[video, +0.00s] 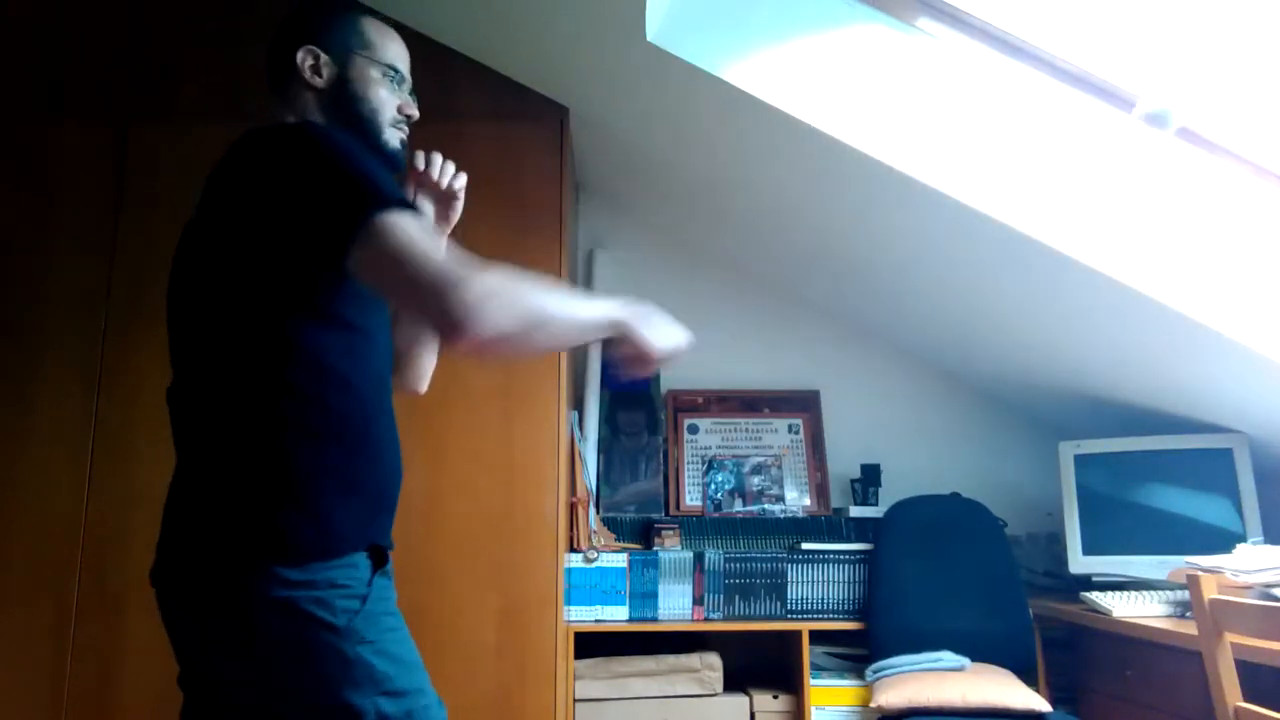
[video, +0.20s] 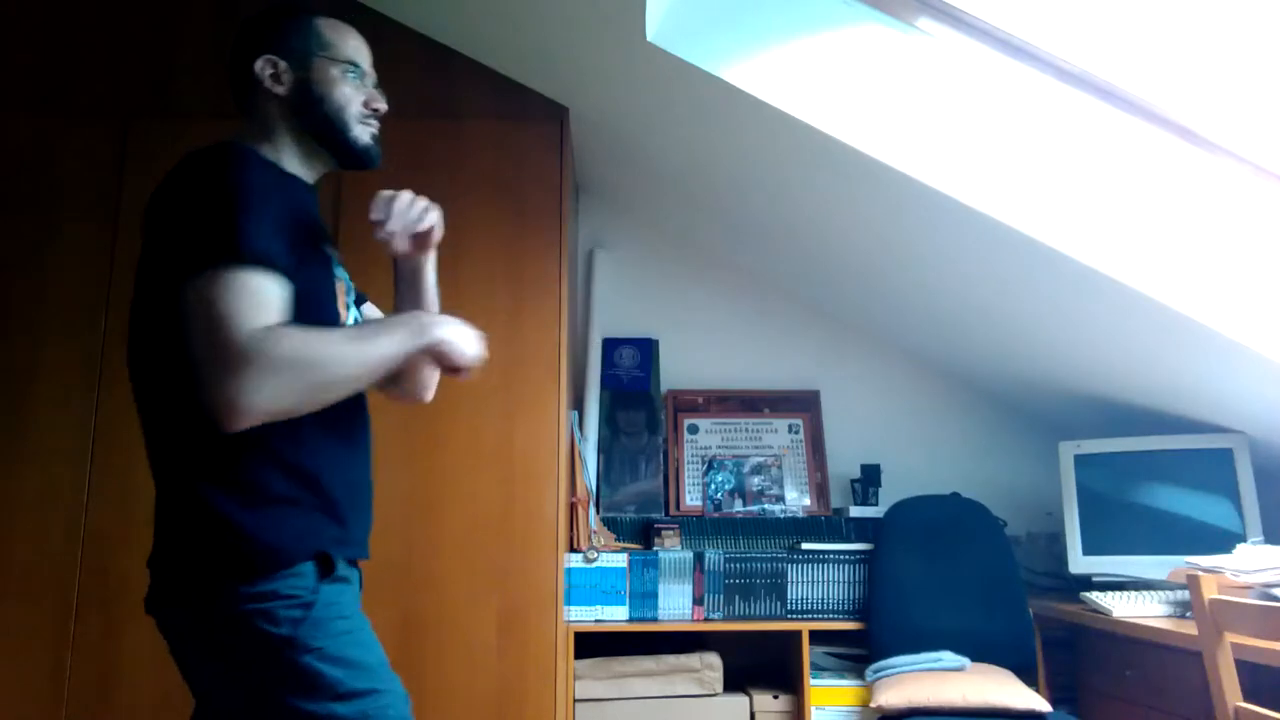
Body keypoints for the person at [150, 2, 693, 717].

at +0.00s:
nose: (412, 108)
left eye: (411, 90)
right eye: (392, 78)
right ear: (315, 68)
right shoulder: (307, 160)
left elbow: (408, 372)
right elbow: (466, 308)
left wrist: (425, 239)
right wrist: (620, 314)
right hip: (306, 577)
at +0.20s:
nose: (380, 100)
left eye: (375, 82)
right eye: (354, 74)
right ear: (276, 77)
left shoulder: (293, 219)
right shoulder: (234, 184)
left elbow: (412, 381)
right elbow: (240, 381)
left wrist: (416, 259)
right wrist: (417, 330)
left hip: (301, 579)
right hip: (265, 584)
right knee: (374, 707)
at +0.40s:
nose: (333, 91)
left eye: (331, 78)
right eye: (305, 68)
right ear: (228, 76)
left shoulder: (289, 233)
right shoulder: (162, 183)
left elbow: (386, 389)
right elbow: (111, 389)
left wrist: (372, 277)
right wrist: (312, 324)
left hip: (280, 567)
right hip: (205, 568)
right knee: (296, 708)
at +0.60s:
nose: (299, 102)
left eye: (296, 88)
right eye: (268, 79)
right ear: (191, 89)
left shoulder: (255, 237)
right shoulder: (122, 193)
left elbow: (352, 396)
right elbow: (67, 394)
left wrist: (341, 280)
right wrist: (267, 318)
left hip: (236, 573)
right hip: (156, 575)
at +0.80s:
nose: (259, 104)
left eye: (260, 92)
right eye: (230, 83)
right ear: (154, 97)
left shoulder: (227, 244)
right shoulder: (96, 194)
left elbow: (317, 403)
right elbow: (62, 380)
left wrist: (315, 285)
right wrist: (258, 310)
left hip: (219, 568)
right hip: (138, 567)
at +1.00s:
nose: (238, 100)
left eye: (236, 91)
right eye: (205, 83)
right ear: (132, 109)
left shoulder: (212, 259)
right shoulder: (82, 208)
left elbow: (304, 417)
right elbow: (48, 398)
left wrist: (311, 293)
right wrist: (246, 320)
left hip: (236, 588)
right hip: (136, 593)